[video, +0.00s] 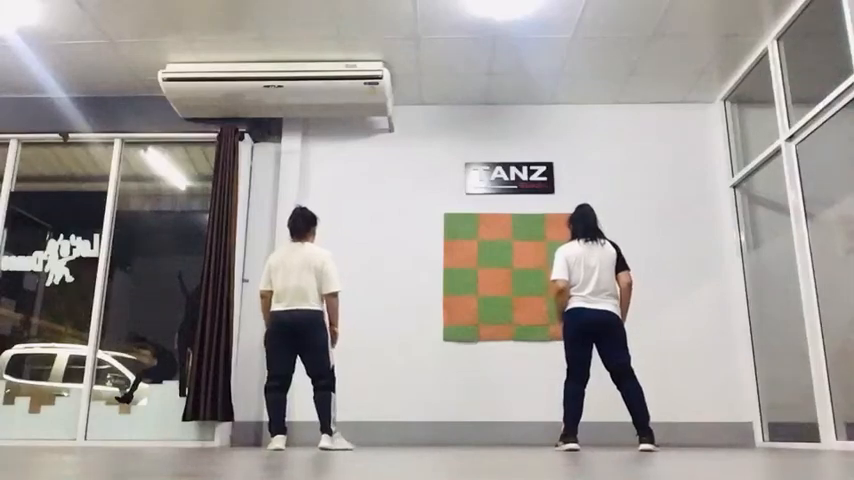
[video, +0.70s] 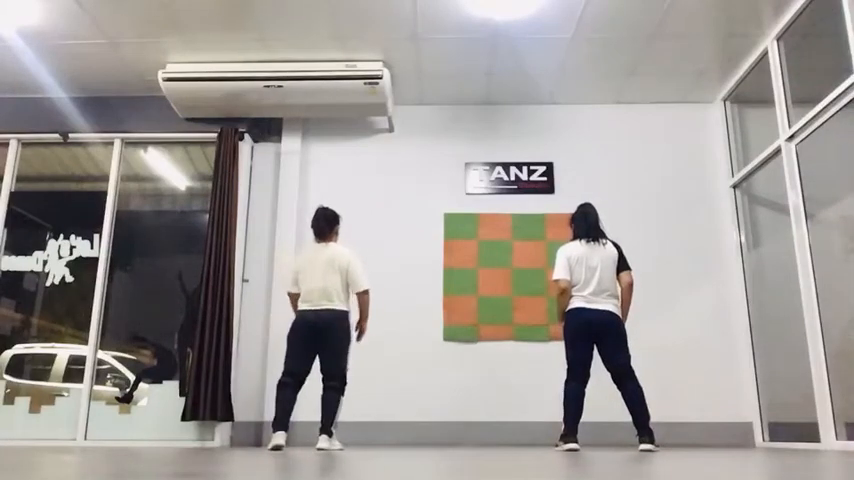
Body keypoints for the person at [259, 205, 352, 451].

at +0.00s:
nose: (315, 234)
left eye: (313, 230)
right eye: (314, 230)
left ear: (290, 231)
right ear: (312, 231)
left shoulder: (276, 257)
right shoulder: (320, 255)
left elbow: (265, 294)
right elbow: (331, 295)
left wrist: (269, 324)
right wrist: (334, 325)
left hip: (279, 322)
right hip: (311, 321)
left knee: (276, 379)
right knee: (322, 378)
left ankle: (278, 435)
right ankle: (327, 434)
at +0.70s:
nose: (338, 231)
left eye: (336, 228)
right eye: (337, 228)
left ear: (313, 230)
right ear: (335, 230)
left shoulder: (303, 257)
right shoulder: (345, 256)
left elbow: (293, 293)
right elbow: (362, 291)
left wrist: (301, 318)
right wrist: (363, 320)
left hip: (305, 320)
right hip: (335, 321)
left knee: (291, 376)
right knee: (334, 380)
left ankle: (279, 431)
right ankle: (325, 435)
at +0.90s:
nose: (342, 231)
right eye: (342, 228)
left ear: (319, 229)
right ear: (342, 229)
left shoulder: (310, 253)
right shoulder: (352, 254)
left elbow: (294, 283)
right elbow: (381, 280)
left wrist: (311, 301)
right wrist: (374, 305)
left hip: (311, 320)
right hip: (342, 322)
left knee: (294, 375)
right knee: (337, 380)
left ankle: (279, 429)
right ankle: (326, 435)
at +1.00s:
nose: (345, 230)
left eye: (341, 227)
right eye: (345, 227)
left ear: (322, 229)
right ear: (344, 229)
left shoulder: (312, 252)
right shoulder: (354, 253)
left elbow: (295, 278)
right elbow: (386, 273)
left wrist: (314, 294)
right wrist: (374, 297)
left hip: (314, 320)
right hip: (344, 322)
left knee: (298, 375)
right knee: (338, 381)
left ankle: (280, 427)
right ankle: (325, 435)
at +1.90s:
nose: (342, 229)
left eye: (336, 225)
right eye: (343, 225)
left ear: (322, 227)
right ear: (345, 227)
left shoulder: (313, 250)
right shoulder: (356, 252)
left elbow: (307, 276)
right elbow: (361, 279)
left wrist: (328, 279)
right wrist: (338, 279)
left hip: (313, 309)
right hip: (342, 309)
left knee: (311, 374)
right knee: (340, 375)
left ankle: (310, 433)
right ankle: (328, 432)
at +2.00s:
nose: (343, 229)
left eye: (341, 226)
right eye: (343, 226)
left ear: (318, 229)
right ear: (341, 227)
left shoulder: (311, 253)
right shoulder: (351, 251)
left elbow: (316, 277)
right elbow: (357, 275)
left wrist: (352, 275)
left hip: (310, 314)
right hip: (340, 313)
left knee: (310, 376)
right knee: (341, 376)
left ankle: (302, 432)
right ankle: (330, 430)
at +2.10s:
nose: (341, 236)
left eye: (340, 233)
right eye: (341, 233)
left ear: (314, 234)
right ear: (338, 234)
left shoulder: (309, 257)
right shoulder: (343, 254)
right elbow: (353, 277)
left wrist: (362, 276)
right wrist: (367, 276)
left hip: (305, 318)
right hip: (333, 317)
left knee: (311, 379)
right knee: (347, 375)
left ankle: (302, 435)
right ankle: (334, 428)